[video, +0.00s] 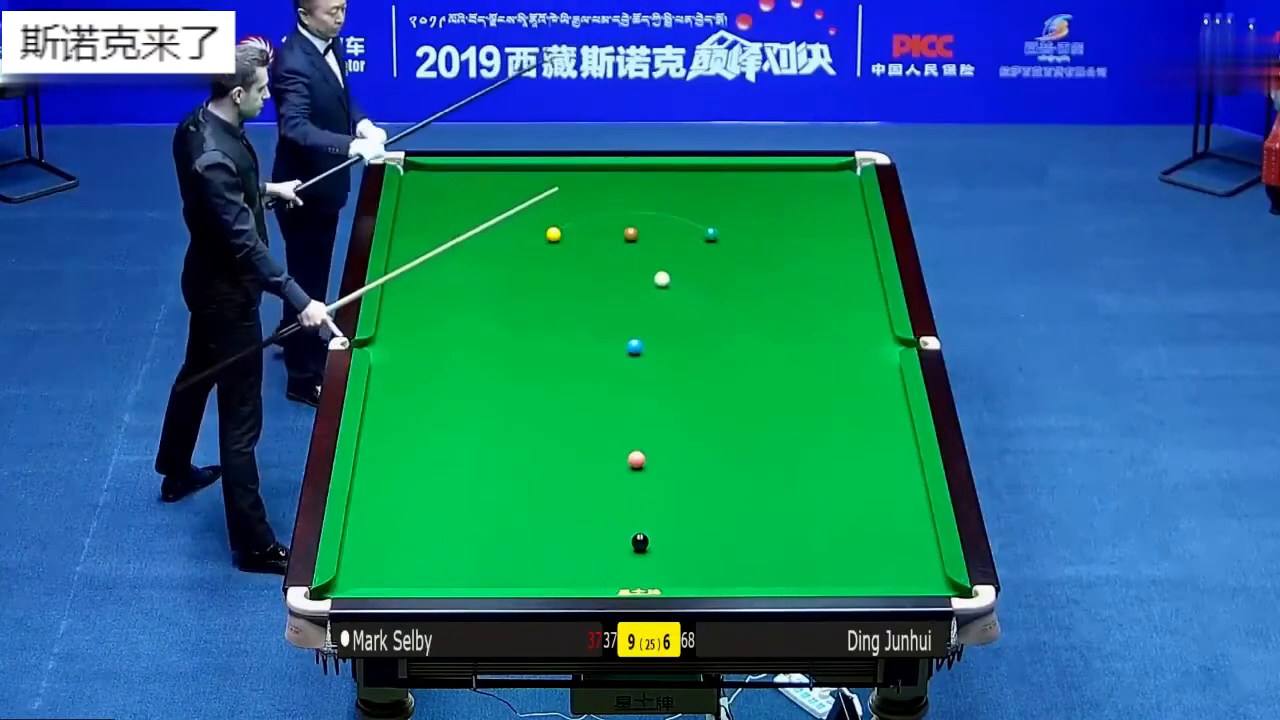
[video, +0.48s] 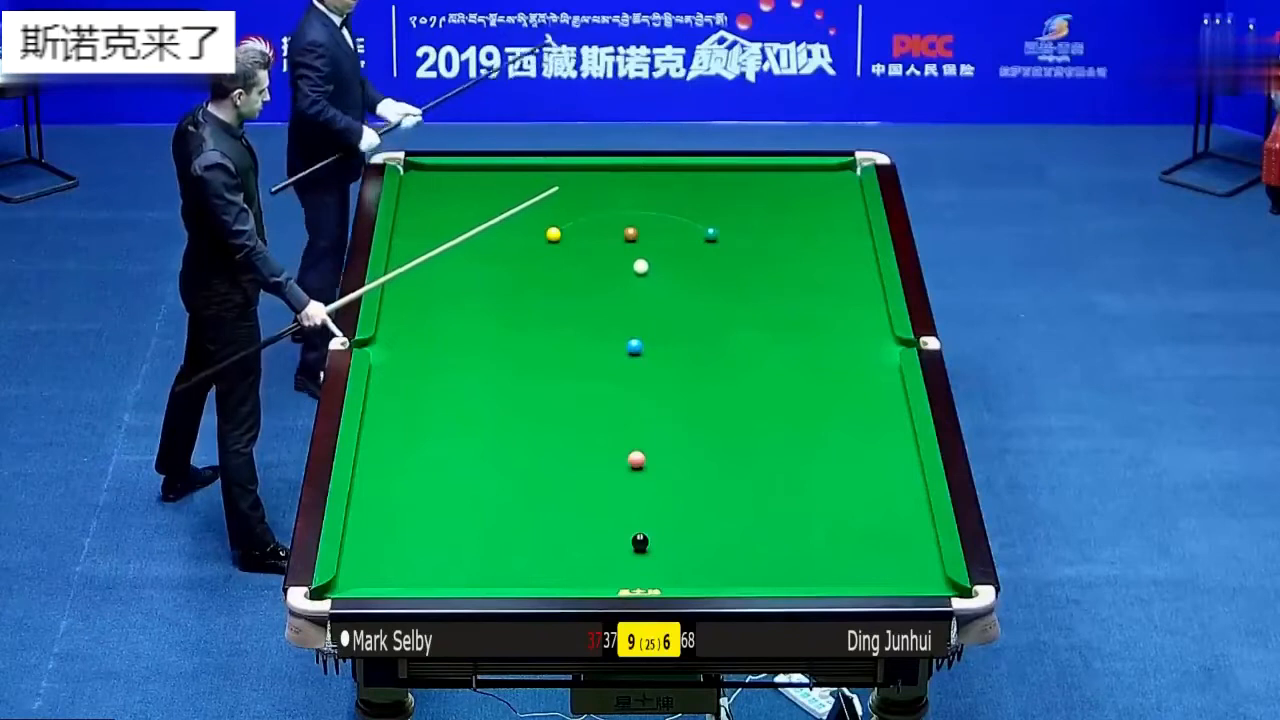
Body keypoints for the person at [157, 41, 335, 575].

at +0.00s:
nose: (267, 95)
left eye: (265, 86)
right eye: (261, 87)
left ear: (231, 86)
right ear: (238, 91)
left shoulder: (207, 122)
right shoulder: (214, 160)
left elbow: (225, 188)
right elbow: (244, 245)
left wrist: (267, 190)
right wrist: (302, 301)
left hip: (212, 280)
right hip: (230, 294)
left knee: (195, 379)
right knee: (241, 424)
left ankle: (175, 472)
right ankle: (253, 545)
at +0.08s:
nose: (266, 96)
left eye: (265, 87)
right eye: (260, 89)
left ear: (230, 87)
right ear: (235, 92)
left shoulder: (207, 122)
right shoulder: (213, 162)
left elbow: (220, 190)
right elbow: (243, 244)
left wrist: (266, 199)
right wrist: (301, 301)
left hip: (211, 279)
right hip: (229, 294)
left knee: (195, 378)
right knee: (241, 424)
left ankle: (175, 472)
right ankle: (253, 546)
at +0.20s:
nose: (266, 97)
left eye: (265, 88)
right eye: (260, 89)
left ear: (231, 87)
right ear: (235, 92)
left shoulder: (206, 121)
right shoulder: (213, 163)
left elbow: (225, 199)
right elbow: (244, 245)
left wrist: (269, 217)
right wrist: (300, 301)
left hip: (211, 278)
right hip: (228, 294)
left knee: (195, 376)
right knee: (241, 424)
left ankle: (175, 471)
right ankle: (253, 546)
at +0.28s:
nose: (266, 96)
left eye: (265, 87)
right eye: (260, 89)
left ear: (229, 88)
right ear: (234, 92)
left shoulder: (203, 121)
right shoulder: (213, 164)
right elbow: (245, 247)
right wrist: (301, 300)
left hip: (209, 280)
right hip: (227, 294)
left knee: (194, 378)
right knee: (241, 426)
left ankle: (175, 472)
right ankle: (253, 546)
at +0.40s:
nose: (266, 98)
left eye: (266, 88)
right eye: (260, 90)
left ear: (230, 89)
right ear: (233, 93)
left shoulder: (202, 120)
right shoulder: (213, 163)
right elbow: (246, 246)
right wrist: (301, 301)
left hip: (209, 281)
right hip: (226, 295)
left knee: (194, 378)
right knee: (240, 422)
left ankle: (175, 472)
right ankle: (253, 546)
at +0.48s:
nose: (267, 97)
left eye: (267, 88)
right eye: (261, 89)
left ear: (230, 89)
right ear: (235, 93)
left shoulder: (203, 120)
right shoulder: (213, 164)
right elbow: (245, 246)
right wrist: (301, 301)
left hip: (208, 281)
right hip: (225, 295)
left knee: (195, 379)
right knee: (239, 425)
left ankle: (175, 472)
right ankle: (253, 546)